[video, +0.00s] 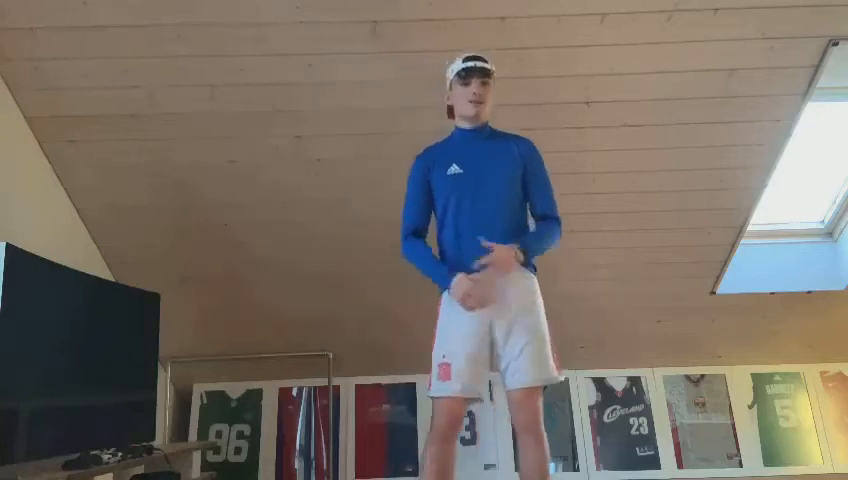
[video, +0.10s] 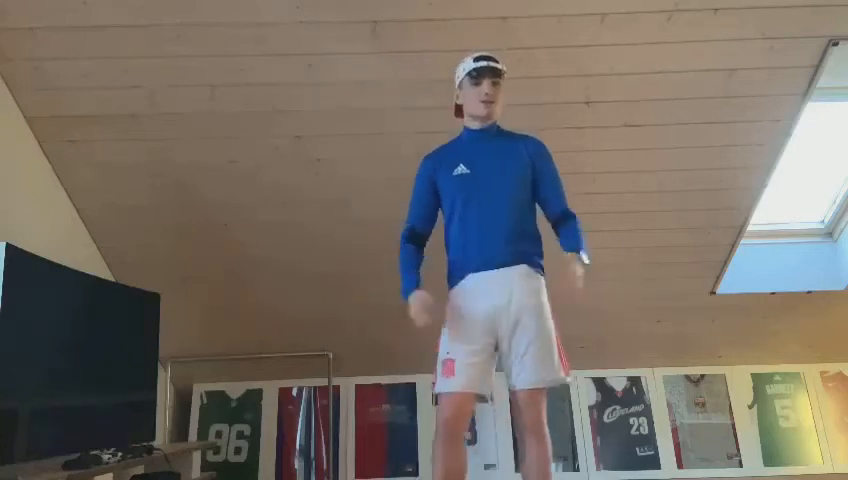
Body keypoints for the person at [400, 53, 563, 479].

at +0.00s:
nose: (476, 90)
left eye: (483, 83)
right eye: (466, 83)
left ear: (492, 92)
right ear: (449, 95)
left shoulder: (521, 150)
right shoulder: (431, 159)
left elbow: (550, 225)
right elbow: (411, 239)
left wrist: (519, 252)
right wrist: (451, 280)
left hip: (517, 293)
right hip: (462, 296)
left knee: (528, 416)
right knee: (446, 421)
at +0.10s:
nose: (488, 90)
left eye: (494, 82)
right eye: (476, 82)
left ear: (502, 92)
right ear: (459, 95)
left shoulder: (530, 150)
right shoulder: (438, 162)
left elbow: (561, 214)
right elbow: (414, 236)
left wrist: (576, 252)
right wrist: (412, 288)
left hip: (524, 291)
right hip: (467, 296)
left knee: (533, 415)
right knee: (452, 418)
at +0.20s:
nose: (494, 89)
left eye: (501, 82)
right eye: (483, 82)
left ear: (509, 92)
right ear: (465, 94)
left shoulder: (538, 149)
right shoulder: (443, 162)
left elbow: (577, 209)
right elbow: (412, 231)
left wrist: (618, 244)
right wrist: (378, 285)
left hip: (529, 289)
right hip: (472, 293)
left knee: (536, 413)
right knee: (454, 413)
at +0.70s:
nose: (497, 87)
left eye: (506, 82)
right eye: (488, 80)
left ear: (516, 93)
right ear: (473, 92)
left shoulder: (545, 148)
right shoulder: (449, 160)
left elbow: (566, 216)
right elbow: (425, 234)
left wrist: (576, 256)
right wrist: (397, 284)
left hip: (530, 288)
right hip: (473, 291)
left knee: (535, 414)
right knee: (460, 418)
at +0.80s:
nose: (496, 88)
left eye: (505, 82)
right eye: (487, 81)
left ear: (515, 92)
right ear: (472, 92)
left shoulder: (544, 149)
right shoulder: (449, 159)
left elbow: (562, 225)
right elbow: (432, 232)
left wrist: (520, 255)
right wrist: (437, 287)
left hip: (527, 289)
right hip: (468, 292)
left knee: (533, 416)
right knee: (458, 421)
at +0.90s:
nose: (495, 88)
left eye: (504, 82)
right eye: (485, 81)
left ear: (513, 92)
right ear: (470, 92)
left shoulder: (541, 147)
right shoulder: (447, 158)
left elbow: (550, 221)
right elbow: (439, 236)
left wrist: (479, 242)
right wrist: (482, 283)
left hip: (522, 282)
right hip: (465, 288)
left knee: (532, 414)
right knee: (455, 417)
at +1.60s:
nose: (443, 91)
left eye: (451, 83)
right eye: (433, 84)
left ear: (464, 94)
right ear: (421, 97)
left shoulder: (494, 148)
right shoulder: (400, 163)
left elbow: (517, 222)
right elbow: (388, 238)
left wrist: (453, 236)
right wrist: (435, 264)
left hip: (479, 287)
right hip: (421, 293)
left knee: (504, 416)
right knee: (428, 418)